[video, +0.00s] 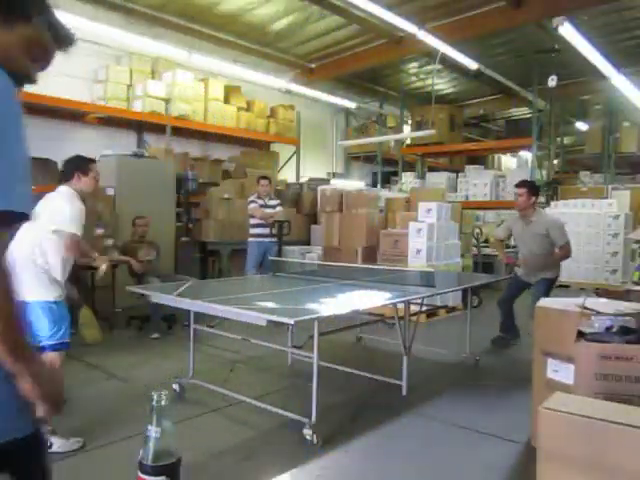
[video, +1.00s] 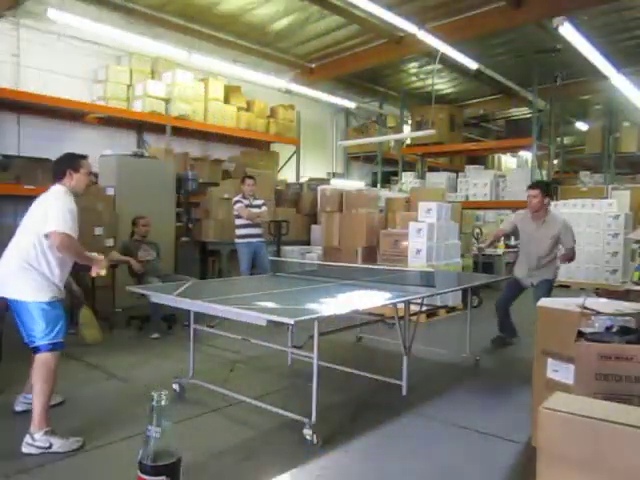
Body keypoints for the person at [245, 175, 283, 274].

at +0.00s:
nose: (264, 188)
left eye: (267, 185)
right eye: (262, 185)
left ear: (270, 187)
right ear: (257, 187)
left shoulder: (275, 201)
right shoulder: (252, 200)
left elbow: (280, 216)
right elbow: (258, 214)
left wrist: (263, 216)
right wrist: (274, 214)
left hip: (272, 240)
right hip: (256, 239)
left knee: (269, 270)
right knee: (251, 270)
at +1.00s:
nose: (250, 188)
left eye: (252, 185)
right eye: (248, 185)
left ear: (255, 187)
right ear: (242, 186)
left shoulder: (260, 201)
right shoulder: (237, 200)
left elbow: (266, 217)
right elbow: (245, 214)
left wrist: (251, 217)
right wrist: (260, 214)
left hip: (259, 240)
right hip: (243, 241)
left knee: (265, 269)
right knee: (245, 271)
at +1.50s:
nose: (252, 188)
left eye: (255, 185)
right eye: (249, 185)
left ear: (258, 187)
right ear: (245, 187)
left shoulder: (265, 200)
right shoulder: (240, 200)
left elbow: (269, 216)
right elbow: (246, 214)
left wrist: (254, 219)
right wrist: (262, 214)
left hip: (262, 239)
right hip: (247, 239)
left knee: (265, 269)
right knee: (246, 270)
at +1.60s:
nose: (253, 188)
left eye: (256, 185)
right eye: (250, 185)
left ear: (260, 187)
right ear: (245, 187)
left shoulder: (266, 200)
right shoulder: (241, 200)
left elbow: (270, 216)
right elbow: (247, 214)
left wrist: (255, 218)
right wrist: (263, 214)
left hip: (264, 239)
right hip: (248, 239)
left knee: (265, 269)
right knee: (247, 270)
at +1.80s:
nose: (256, 188)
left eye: (258, 185)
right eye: (253, 185)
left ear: (261, 187)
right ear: (248, 187)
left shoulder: (268, 201)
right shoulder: (243, 201)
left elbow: (272, 216)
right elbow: (248, 213)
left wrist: (257, 217)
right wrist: (266, 213)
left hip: (265, 239)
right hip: (250, 239)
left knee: (266, 269)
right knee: (249, 270)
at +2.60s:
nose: (259, 187)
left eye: (260, 185)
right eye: (256, 185)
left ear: (263, 186)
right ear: (250, 187)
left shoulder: (268, 201)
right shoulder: (244, 199)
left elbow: (273, 215)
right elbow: (249, 211)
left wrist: (257, 216)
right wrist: (266, 212)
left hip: (266, 238)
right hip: (250, 238)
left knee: (266, 269)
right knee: (248, 270)